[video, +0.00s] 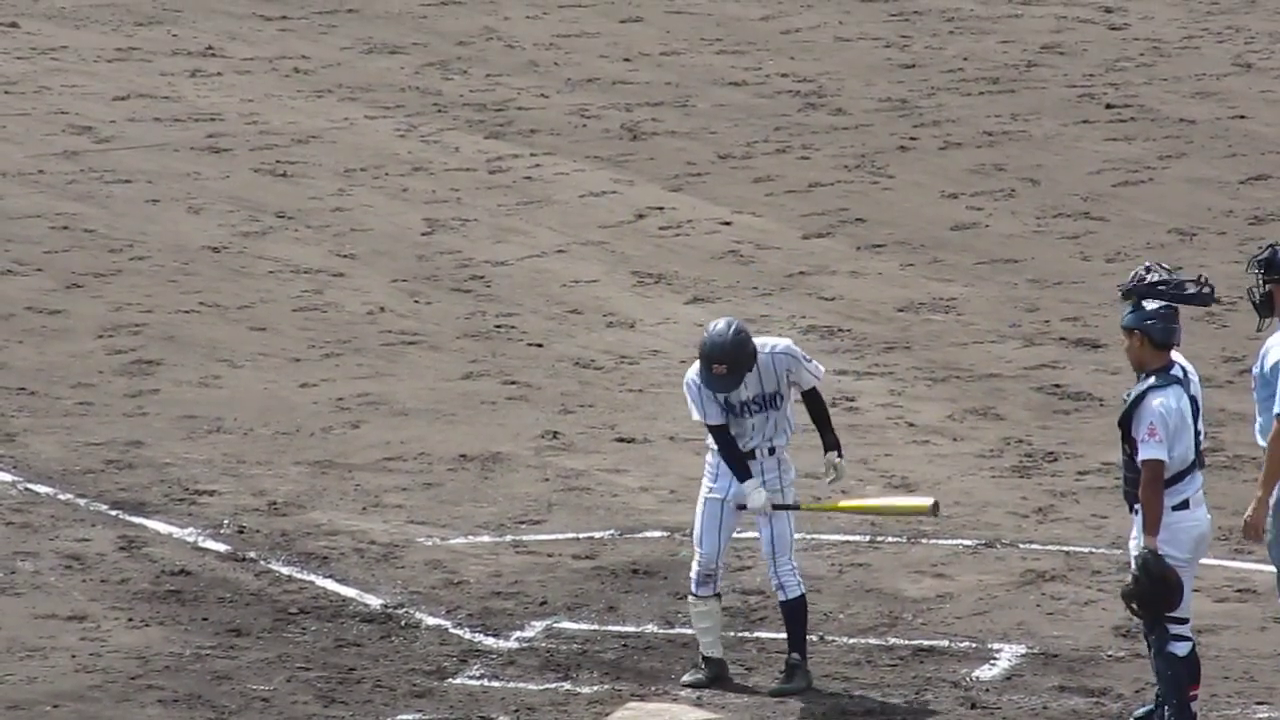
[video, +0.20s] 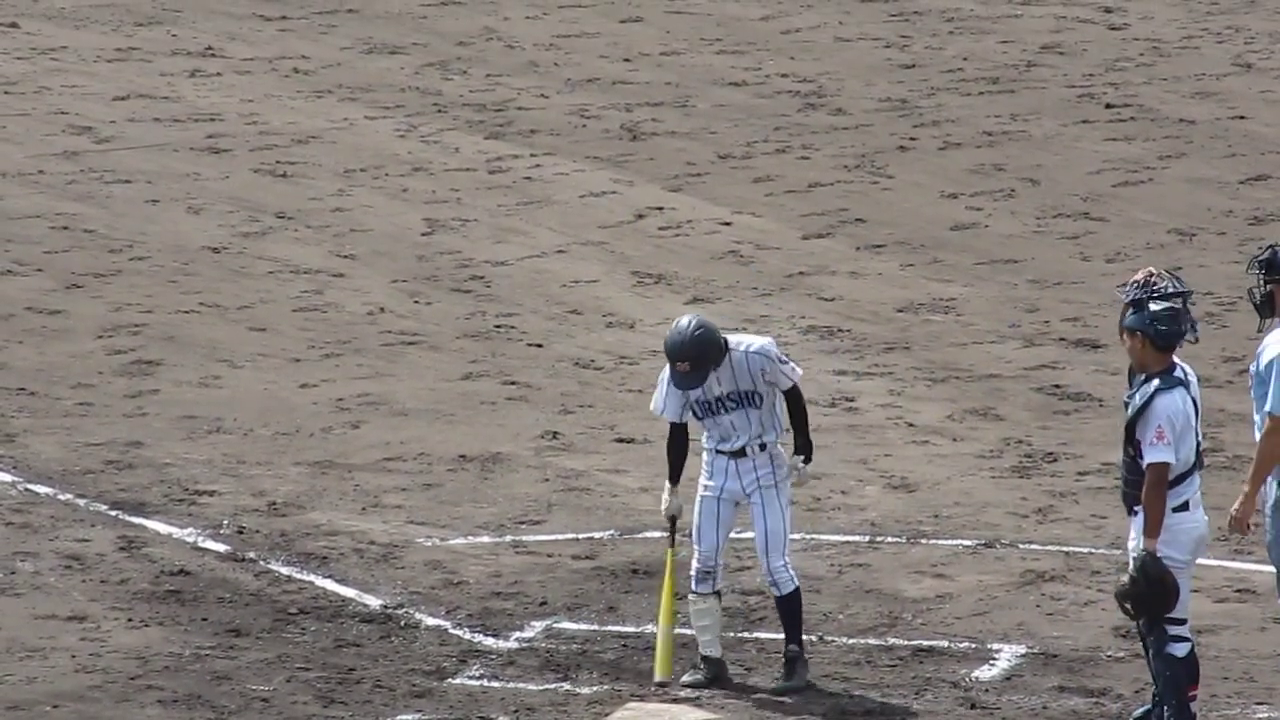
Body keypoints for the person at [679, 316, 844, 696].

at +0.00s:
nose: (719, 379)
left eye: (727, 372)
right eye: (713, 372)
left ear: (747, 359)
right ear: (705, 360)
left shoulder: (781, 355)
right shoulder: (698, 380)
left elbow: (811, 394)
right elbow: (722, 439)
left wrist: (832, 448)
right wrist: (749, 483)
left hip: (771, 469)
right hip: (722, 469)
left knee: (781, 568)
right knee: (704, 565)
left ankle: (797, 664)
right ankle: (711, 661)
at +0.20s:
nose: (684, 379)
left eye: (691, 371)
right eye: (679, 372)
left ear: (713, 355)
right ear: (674, 359)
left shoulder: (758, 354)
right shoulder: (676, 375)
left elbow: (792, 393)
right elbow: (677, 432)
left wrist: (802, 452)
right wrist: (671, 488)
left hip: (765, 465)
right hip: (716, 468)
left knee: (775, 565)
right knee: (703, 564)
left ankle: (795, 661)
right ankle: (711, 662)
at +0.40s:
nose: (670, 379)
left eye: (674, 371)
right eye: (665, 372)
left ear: (695, 356)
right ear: (667, 361)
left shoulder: (748, 355)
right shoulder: (673, 376)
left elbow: (788, 398)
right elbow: (654, 429)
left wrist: (786, 458)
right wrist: (619, 465)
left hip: (767, 466)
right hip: (721, 470)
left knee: (770, 563)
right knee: (707, 566)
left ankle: (807, 654)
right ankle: (712, 663)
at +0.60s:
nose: (666, 382)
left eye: (670, 375)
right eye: (662, 375)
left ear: (692, 362)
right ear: (668, 363)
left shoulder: (745, 359)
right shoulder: (674, 377)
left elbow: (788, 402)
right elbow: (638, 410)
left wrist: (787, 462)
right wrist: (586, 419)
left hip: (770, 467)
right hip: (725, 471)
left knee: (777, 567)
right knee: (708, 565)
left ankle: (812, 654)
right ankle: (712, 663)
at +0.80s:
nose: (684, 383)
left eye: (690, 376)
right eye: (681, 375)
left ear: (714, 365)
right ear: (682, 364)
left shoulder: (764, 364)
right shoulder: (692, 374)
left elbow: (806, 408)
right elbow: (654, 407)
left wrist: (803, 467)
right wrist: (605, 416)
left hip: (783, 471)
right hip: (739, 472)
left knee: (784, 570)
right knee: (715, 567)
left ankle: (810, 663)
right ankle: (714, 664)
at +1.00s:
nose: (727, 385)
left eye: (734, 379)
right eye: (722, 377)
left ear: (755, 366)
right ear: (717, 363)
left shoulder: (800, 370)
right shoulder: (717, 376)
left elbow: (829, 414)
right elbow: (696, 428)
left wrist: (829, 476)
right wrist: (659, 466)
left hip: (797, 474)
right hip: (750, 475)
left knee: (798, 573)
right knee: (724, 566)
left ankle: (813, 666)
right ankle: (712, 661)